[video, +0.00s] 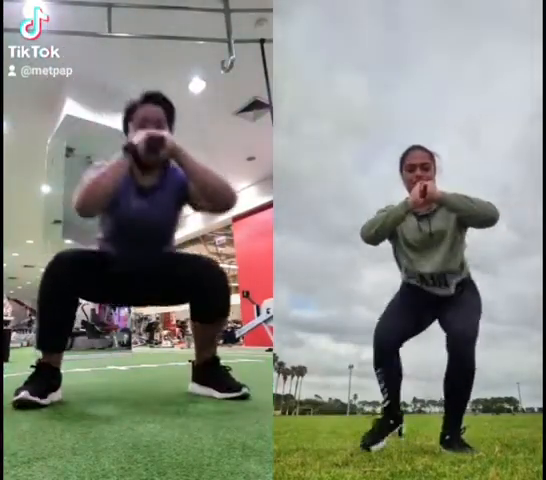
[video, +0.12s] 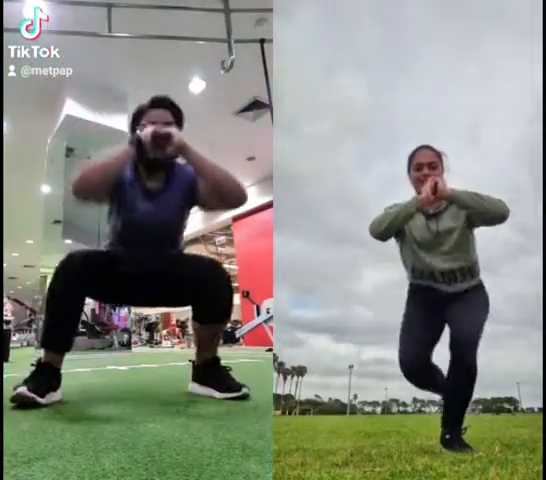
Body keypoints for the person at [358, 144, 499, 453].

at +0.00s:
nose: (419, 175)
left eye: (425, 168)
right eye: (412, 170)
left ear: (435, 172)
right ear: (402, 176)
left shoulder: (452, 207)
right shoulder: (396, 214)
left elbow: (491, 215)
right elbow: (368, 235)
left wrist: (440, 198)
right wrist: (408, 205)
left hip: (458, 294)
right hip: (416, 295)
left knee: (462, 346)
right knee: (384, 339)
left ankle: (451, 434)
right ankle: (391, 415)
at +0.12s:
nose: (426, 174)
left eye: (432, 167)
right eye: (419, 169)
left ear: (443, 171)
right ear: (410, 176)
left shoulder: (461, 207)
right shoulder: (403, 212)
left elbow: (501, 212)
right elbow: (377, 231)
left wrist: (450, 195)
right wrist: (418, 202)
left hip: (467, 294)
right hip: (424, 296)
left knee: (464, 356)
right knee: (412, 365)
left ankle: (452, 436)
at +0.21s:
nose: (430, 178)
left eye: (436, 172)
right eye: (423, 173)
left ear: (448, 175)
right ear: (414, 181)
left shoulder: (466, 211)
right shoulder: (409, 216)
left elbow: (507, 216)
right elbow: (381, 234)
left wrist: (456, 199)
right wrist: (423, 206)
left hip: (471, 299)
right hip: (428, 304)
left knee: (465, 348)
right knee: (436, 386)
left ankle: (453, 434)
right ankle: (482, 389)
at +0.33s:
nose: (438, 197)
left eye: (445, 191)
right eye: (431, 193)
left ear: (456, 196)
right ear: (423, 201)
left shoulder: (476, 232)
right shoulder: (416, 237)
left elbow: (519, 234)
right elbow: (389, 254)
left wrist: (467, 220)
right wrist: (434, 226)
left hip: (482, 315)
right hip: (439, 323)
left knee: (466, 342)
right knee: (478, 410)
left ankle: (452, 434)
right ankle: (526, 408)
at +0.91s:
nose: (433, 185)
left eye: (440, 178)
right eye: (425, 180)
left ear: (450, 183)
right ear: (416, 187)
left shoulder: (468, 221)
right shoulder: (409, 224)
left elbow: (513, 232)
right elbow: (386, 246)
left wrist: (463, 215)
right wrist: (431, 220)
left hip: (476, 306)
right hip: (434, 313)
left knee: (471, 342)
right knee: (448, 398)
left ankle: (454, 433)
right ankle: (502, 403)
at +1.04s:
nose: (425, 175)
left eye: (431, 168)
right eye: (417, 170)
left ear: (442, 172)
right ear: (408, 177)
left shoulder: (461, 207)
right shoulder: (402, 215)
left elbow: (499, 222)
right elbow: (374, 238)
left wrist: (450, 204)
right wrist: (417, 210)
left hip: (468, 297)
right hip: (424, 297)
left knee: (471, 348)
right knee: (400, 359)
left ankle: (454, 433)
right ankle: (435, 397)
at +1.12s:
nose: (420, 175)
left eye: (426, 169)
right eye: (412, 170)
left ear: (436, 173)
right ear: (402, 177)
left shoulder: (455, 207)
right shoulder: (396, 216)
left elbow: (489, 224)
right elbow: (366, 240)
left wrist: (442, 206)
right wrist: (410, 211)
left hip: (459, 299)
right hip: (413, 296)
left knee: (469, 348)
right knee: (381, 342)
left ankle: (453, 434)